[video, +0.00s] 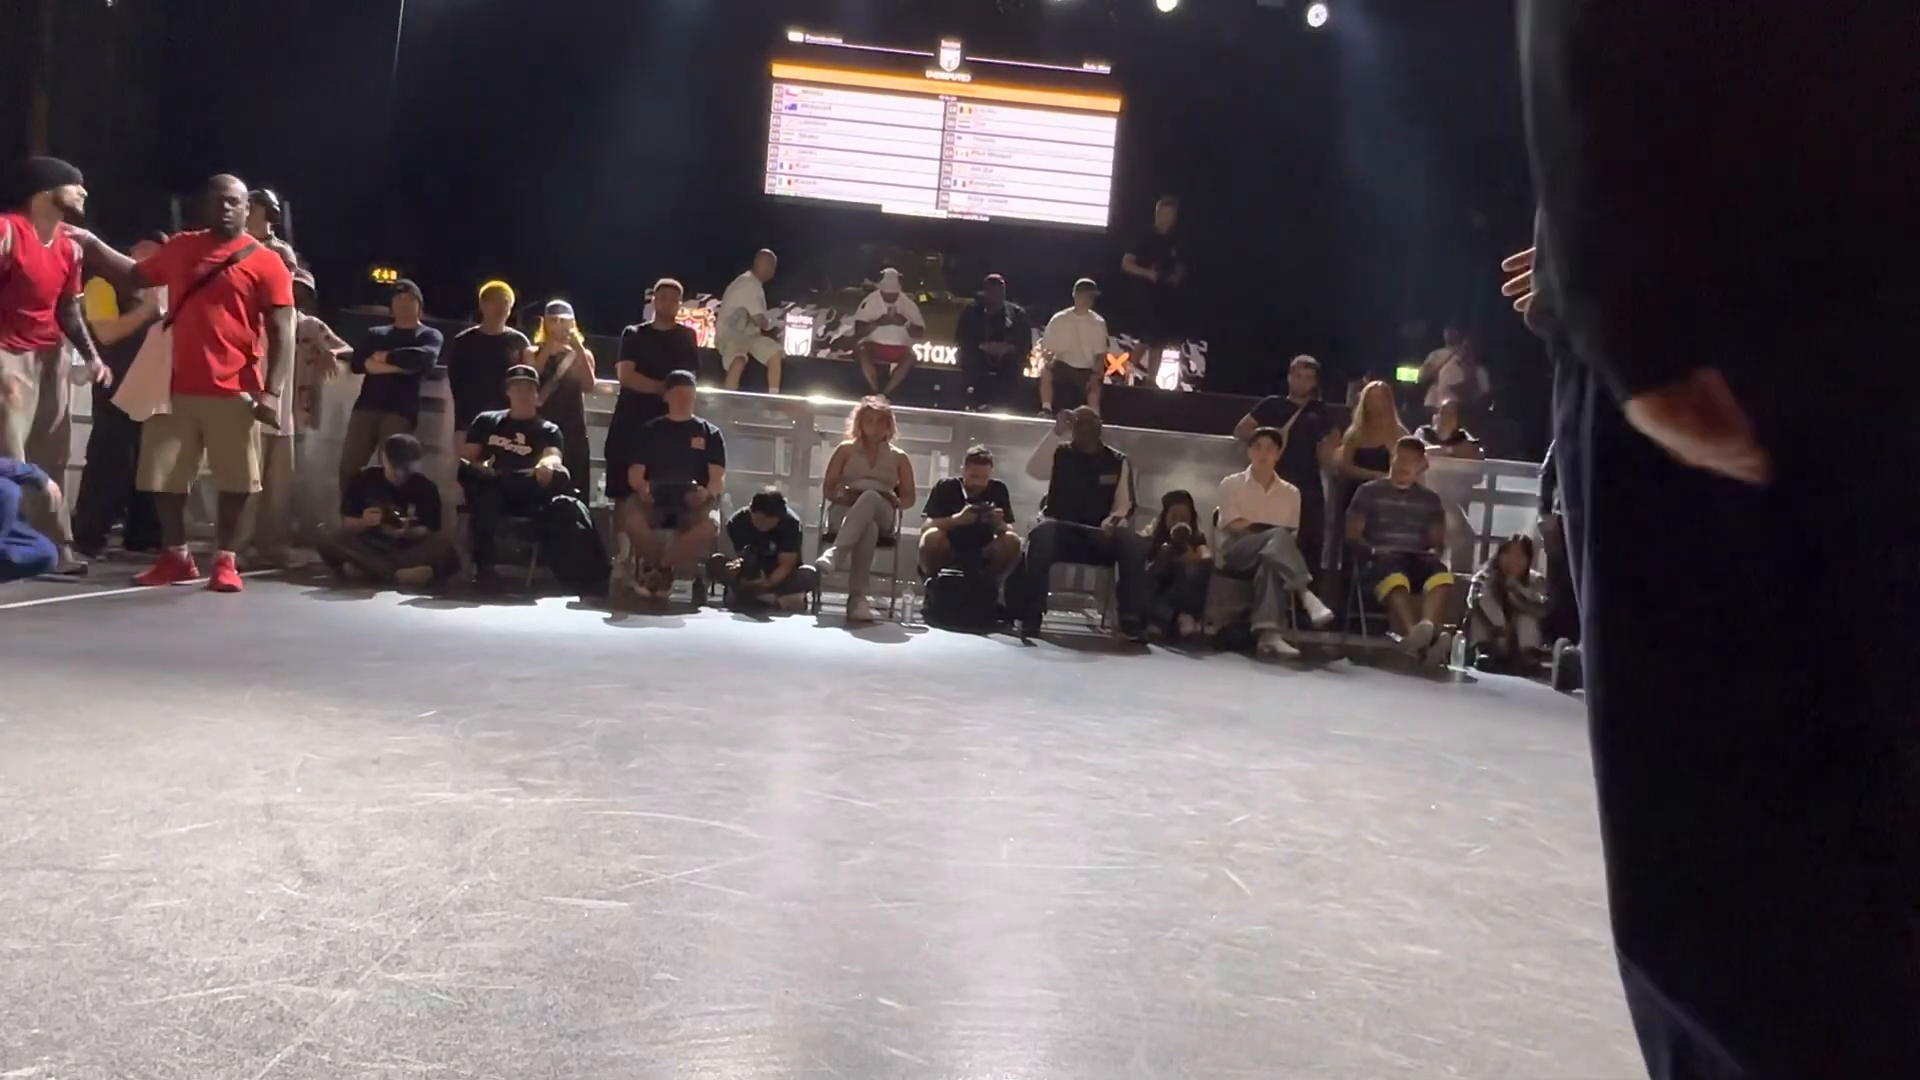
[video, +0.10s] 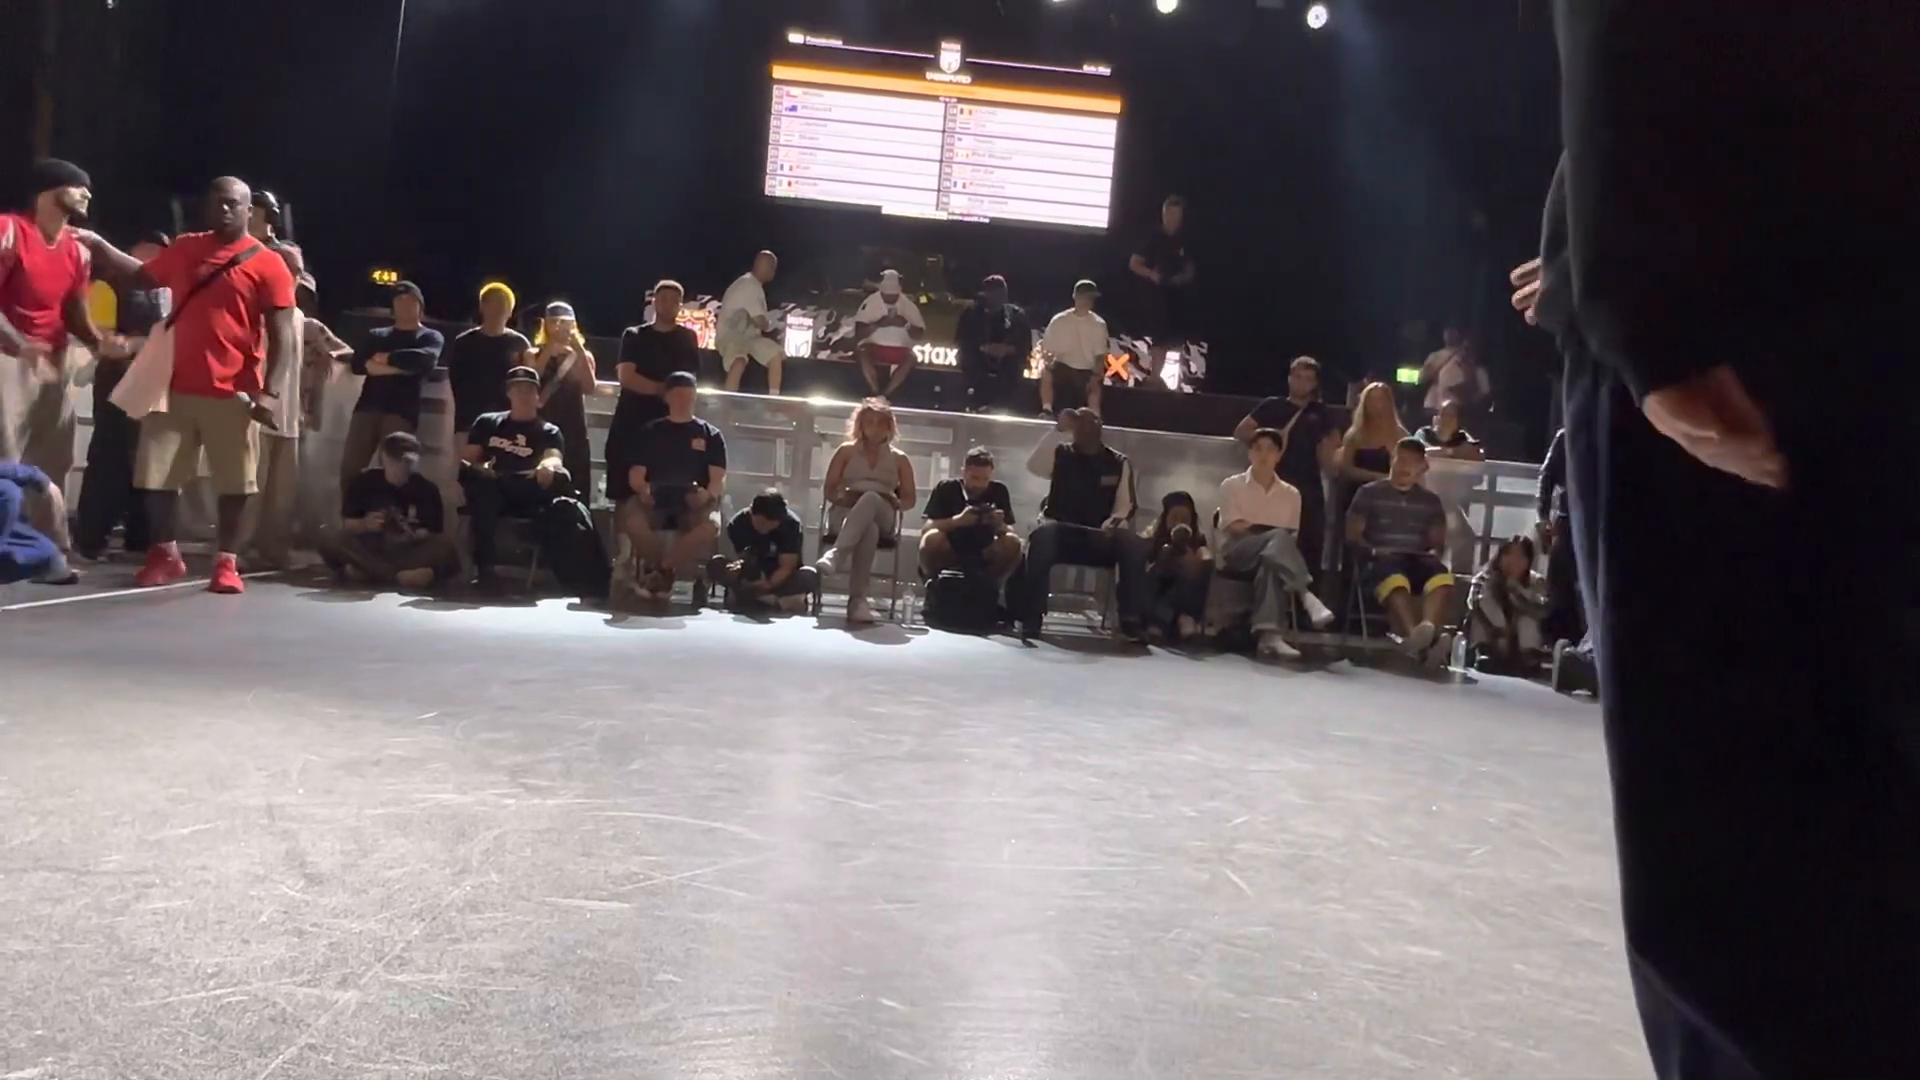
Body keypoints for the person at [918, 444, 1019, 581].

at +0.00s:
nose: (978, 482)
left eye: (984, 477)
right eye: (973, 477)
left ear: (990, 473)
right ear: (962, 471)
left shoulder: (998, 489)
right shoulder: (945, 487)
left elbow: (1010, 529)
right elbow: (926, 527)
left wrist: (998, 523)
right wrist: (958, 519)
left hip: (985, 550)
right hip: (950, 550)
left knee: (1011, 541)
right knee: (931, 538)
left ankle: (988, 590)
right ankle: (936, 591)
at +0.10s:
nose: (978, 484)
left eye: (984, 479)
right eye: (974, 478)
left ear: (991, 474)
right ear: (963, 472)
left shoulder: (999, 491)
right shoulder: (945, 489)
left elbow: (1010, 531)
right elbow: (926, 528)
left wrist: (999, 524)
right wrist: (958, 521)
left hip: (985, 552)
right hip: (950, 552)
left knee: (1012, 543)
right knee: (931, 540)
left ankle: (988, 592)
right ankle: (938, 592)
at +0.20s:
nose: (979, 485)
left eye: (985, 480)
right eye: (974, 479)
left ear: (991, 476)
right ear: (963, 473)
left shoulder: (999, 492)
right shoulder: (946, 489)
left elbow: (1011, 532)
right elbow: (927, 529)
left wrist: (999, 525)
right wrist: (958, 522)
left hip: (986, 554)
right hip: (950, 553)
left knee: (1012, 543)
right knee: (932, 540)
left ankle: (989, 593)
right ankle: (937, 594)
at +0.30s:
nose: (978, 485)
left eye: (984, 480)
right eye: (973, 479)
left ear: (991, 476)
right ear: (962, 473)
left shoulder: (998, 492)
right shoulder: (945, 490)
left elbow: (1010, 532)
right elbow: (927, 529)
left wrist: (998, 525)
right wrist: (958, 522)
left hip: (986, 553)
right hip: (950, 553)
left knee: (1011, 544)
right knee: (931, 541)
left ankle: (988, 592)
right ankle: (937, 593)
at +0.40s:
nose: (976, 486)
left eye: (982, 481)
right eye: (972, 480)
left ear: (989, 477)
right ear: (961, 474)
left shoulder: (996, 493)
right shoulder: (943, 490)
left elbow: (1009, 533)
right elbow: (925, 530)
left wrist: (997, 526)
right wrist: (957, 523)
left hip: (984, 554)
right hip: (948, 554)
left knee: (1010, 544)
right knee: (929, 541)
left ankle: (986, 594)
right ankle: (938, 594)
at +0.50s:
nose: (975, 487)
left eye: (981, 482)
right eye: (970, 481)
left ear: (987, 478)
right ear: (960, 475)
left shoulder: (995, 493)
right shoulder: (942, 491)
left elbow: (1007, 533)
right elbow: (923, 531)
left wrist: (995, 527)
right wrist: (955, 523)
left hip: (982, 555)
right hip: (947, 554)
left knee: (1008, 545)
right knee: (928, 542)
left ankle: (989, 595)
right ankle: (935, 595)